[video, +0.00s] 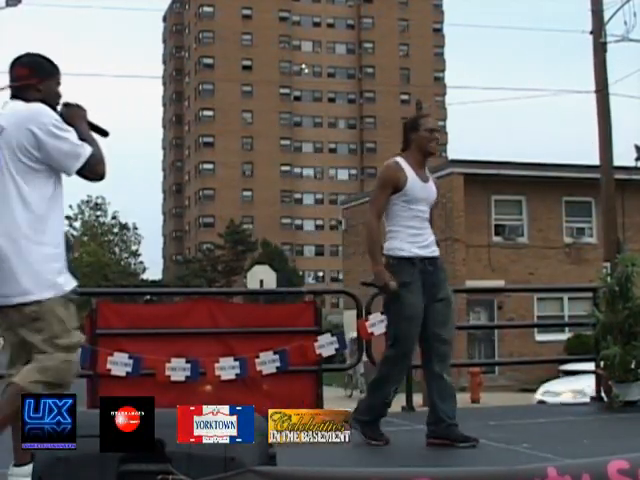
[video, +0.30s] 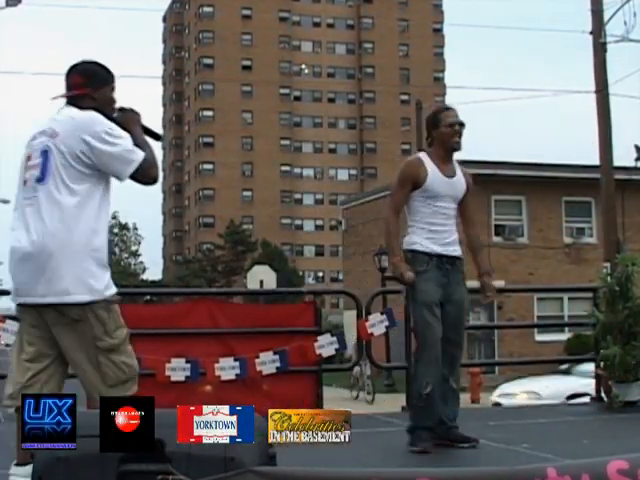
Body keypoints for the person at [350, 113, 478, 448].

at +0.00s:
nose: (436, 137)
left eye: (438, 132)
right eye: (429, 131)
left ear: (436, 139)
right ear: (411, 137)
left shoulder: (430, 180)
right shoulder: (393, 170)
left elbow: (428, 227)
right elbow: (372, 217)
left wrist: (436, 261)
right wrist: (378, 266)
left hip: (432, 265)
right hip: (403, 265)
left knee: (439, 348)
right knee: (403, 347)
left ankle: (442, 426)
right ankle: (367, 417)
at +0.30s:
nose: (459, 130)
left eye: (460, 125)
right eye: (451, 126)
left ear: (458, 132)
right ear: (433, 133)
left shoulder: (461, 177)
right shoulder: (415, 166)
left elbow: (470, 228)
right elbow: (392, 212)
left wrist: (485, 275)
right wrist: (396, 260)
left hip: (452, 264)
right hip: (422, 261)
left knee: (452, 345)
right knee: (429, 343)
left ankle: (446, 426)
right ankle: (421, 429)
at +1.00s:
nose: (482, 113)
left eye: (484, 107)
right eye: (474, 108)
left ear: (488, 113)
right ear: (455, 117)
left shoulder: (494, 158)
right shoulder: (439, 158)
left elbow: (498, 212)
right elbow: (421, 215)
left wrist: (502, 256)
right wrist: (424, 277)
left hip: (492, 260)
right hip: (456, 260)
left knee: (513, 342)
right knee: (460, 349)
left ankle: (494, 425)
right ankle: (467, 435)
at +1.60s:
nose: (533, 101)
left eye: (538, 96)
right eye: (524, 96)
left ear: (544, 104)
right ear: (508, 105)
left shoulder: (550, 155)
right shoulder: (490, 144)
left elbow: (554, 209)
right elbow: (465, 196)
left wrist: (559, 255)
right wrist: (473, 244)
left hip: (543, 258)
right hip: (501, 256)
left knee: (546, 352)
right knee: (500, 342)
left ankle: (546, 443)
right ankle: (477, 423)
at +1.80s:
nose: (536, 100)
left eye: (542, 93)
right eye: (528, 94)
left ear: (552, 99)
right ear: (515, 100)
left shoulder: (566, 147)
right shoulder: (496, 139)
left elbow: (586, 201)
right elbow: (468, 188)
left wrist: (600, 253)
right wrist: (491, 193)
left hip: (548, 256)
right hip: (503, 254)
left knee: (549, 351)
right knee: (502, 348)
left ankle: (546, 443)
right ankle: (495, 442)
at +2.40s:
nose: (506, 90)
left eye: (511, 83)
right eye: (497, 85)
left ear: (520, 86)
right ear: (481, 92)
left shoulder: (540, 131)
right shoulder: (470, 129)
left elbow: (553, 192)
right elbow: (469, 179)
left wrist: (570, 250)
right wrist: (497, 129)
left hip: (541, 249)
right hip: (493, 251)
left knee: (570, 337)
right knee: (500, 350)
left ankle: (556, 427)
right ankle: (509, 449)